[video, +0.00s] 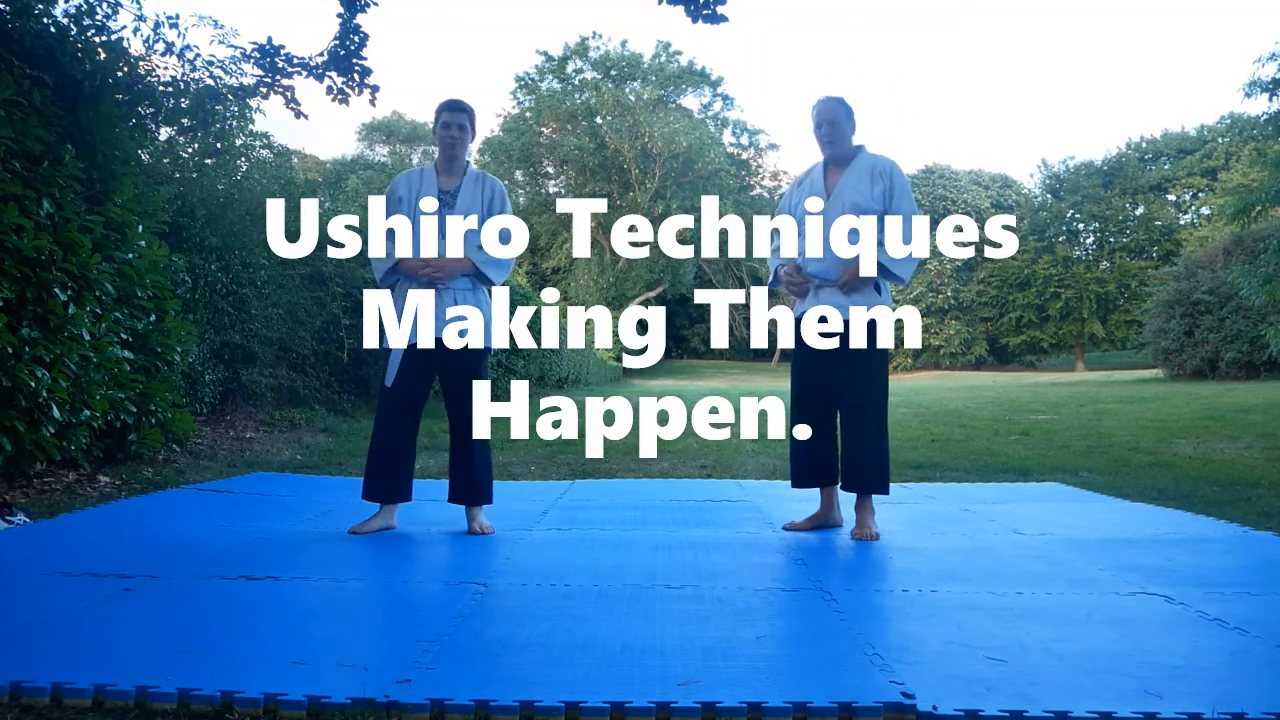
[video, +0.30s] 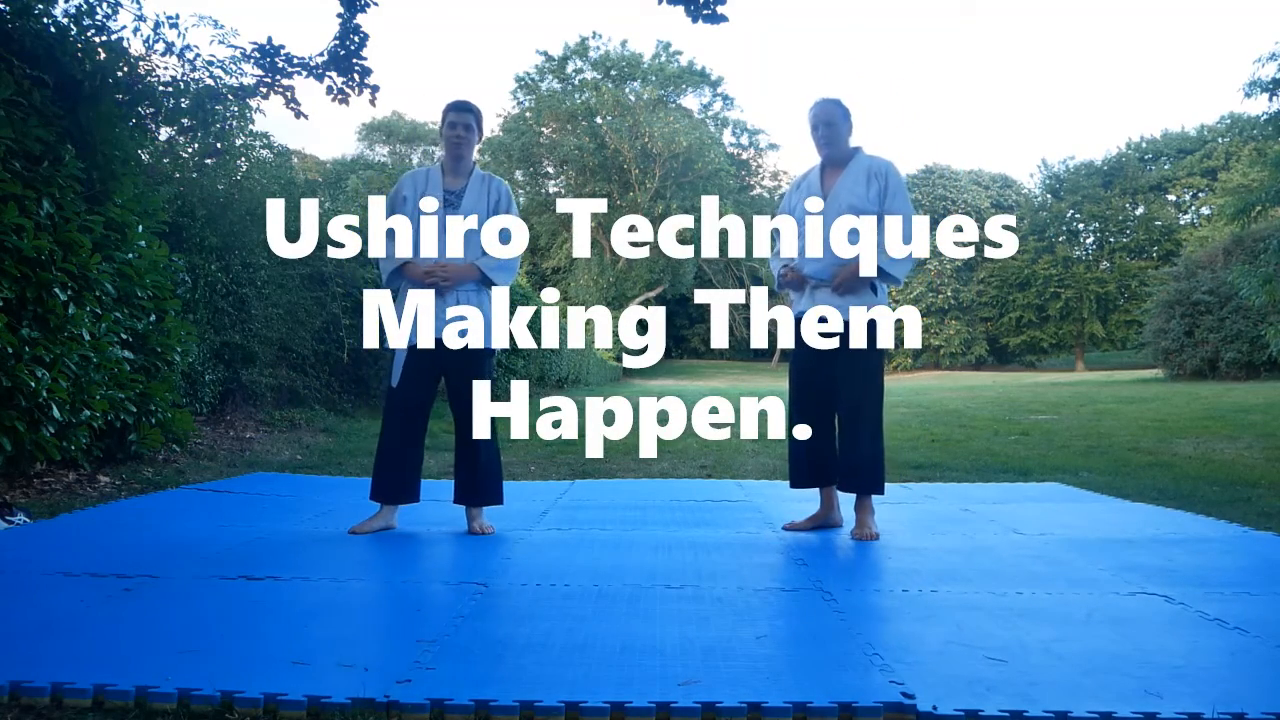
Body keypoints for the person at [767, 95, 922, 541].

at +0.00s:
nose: (825, 131)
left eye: (832, 123)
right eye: (819, 125)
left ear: (853, 126)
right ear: (811, 132)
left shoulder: (883, 171)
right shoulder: (798, 187)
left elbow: (907, 238)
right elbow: (779, 244)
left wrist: (864, 266)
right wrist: (784, 270)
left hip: (863, 310)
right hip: (811, 309)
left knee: (862, 408)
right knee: (813, 408)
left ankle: (864, 509)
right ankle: (828, 506)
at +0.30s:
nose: (822, 133)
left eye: (830, 125)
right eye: (816, 127)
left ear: (849, 127)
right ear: (808, 134)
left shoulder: (880, 172)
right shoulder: (798, 187)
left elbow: (902, 238)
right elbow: (779, 244)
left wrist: (860, 268)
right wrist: (787, 272)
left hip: (861, 311)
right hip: (809, 310)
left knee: (860, 408)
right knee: (811, 408)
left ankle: (864, 510)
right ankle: (828, 507)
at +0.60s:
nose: (818, 135)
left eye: (825, 127)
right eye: (812, 129)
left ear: (846, 129)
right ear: (806, 136)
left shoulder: (877, 173)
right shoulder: (798, 188)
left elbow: (899, 237)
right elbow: (781, 245)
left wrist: (856, 269)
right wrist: (786, 274)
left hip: (860, 310)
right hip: (809, 309)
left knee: (858, 407)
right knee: (812, 407)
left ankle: (864, 511)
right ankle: (828, 507)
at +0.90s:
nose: (817, 136)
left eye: (825, 128)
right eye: (812, 130)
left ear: (846, 130)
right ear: (806, 136)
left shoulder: (875, 174)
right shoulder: (799, 189)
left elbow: (900, 236)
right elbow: (790, 249)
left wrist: (857, 268)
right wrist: (785, 275)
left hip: (857, 311)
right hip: (808, 310)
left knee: (857, 409)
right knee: (812, 408)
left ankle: (864, 510)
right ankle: (828, 507)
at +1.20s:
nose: (819, 136)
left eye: (826, 128)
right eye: (812, 131)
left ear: (847, 130)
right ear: (807, 138)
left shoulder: (875, 175)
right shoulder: (801, 190)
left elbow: (899, 231)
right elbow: (781, 251)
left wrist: (903, 276)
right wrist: (772, 297)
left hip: (857, 308)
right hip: (807, 309)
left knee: (855, 407)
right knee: (812, 408)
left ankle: (864, 511)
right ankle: (827, 507)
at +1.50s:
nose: (814, 136)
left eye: (822, 128)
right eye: (809, 130)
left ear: (844, 131)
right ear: (805, 137)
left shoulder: (873, 174)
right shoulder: (800, 190)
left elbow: (905, 238)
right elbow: (783, 257)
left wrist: (928, 252)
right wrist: (745, 283)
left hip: (854, 309)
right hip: (806, 311)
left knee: (854, 408)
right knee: (812, 408)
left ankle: (864, 509)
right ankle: (827, 507)